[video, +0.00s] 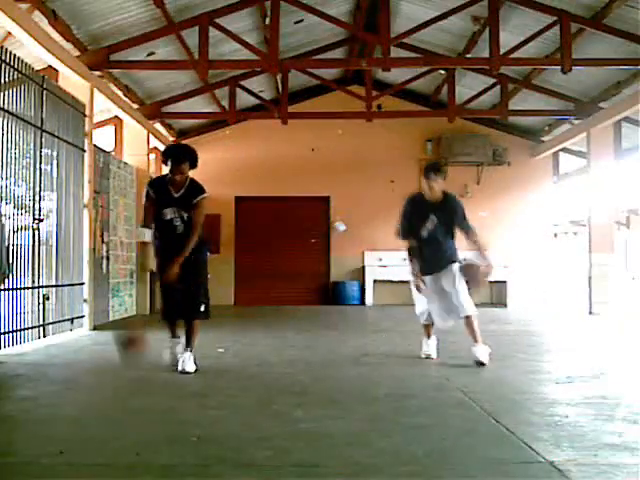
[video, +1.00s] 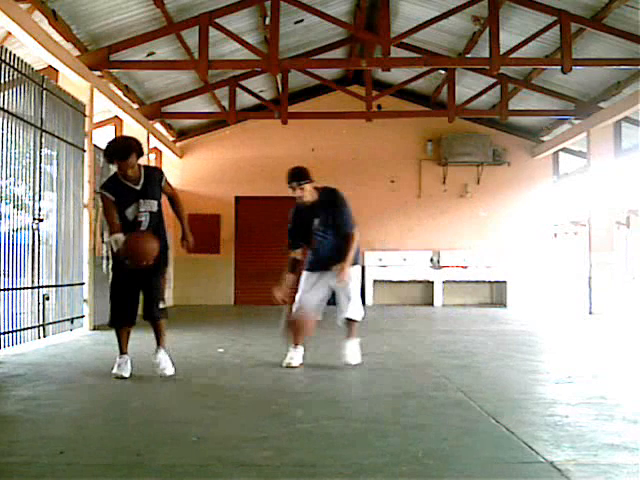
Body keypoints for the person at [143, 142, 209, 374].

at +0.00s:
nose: (178, 178)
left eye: (182, 173)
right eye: (174, 173)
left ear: (190, 169)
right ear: (168, 168)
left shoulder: (197, 191)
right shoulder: (155, 188)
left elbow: (196, 230)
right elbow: (148, 224)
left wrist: (178, 262)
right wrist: (150, 258)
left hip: (192, 250)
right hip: (166, 249)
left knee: (192, 301)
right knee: (170, 300)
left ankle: (189, 351)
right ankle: (175, 341)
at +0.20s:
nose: (160, 171)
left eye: (165, 166)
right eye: (157, 166)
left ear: (176, 164)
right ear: (152, 164)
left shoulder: (190, 187)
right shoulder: (146, 184)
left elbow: (210, 218)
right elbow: (131, 208)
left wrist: (185, 235)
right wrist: (124, 212)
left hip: (185, 254)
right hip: (156, 253)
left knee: (187, 306)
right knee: (143, 304)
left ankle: (187, 353)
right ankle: (136, 354)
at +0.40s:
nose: (142, 169)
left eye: (147, 164)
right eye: (138, 164)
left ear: (159, 161)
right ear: (134, 162)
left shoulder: (174, 184)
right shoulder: (128, 183)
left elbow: (204, 203)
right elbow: (103, 202)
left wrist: (199, 221)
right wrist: (81, 207)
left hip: (170, 258)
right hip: (139, 258)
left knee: (178, 308)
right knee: (130, 309)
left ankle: (184, 351)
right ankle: (125, 357)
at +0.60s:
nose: (130, 171)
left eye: (135, 166)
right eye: (126, 166)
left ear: (145, 160)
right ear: (120, 163)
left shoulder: (161, 181)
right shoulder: (115, 184)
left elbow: (184, 209)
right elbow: (103, 215)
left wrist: (183, 230)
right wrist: (91, 217)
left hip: (157, 254)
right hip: (128, 255)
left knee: (161, 307)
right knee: (123, 309)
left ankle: (175, 345)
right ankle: (124, 357)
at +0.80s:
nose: (120, 172)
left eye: (124, 167)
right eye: (116, 167)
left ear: (136, 161)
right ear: (112, 165)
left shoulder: (154, 179)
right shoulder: (108, 190)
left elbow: (174, 208)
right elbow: (108, 223)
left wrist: (179, 244)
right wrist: (109, 249)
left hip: (153, 250)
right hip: (125, 252)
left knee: (147, 302)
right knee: (121, 305)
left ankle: (162, 344)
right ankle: (123, 356)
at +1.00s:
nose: (122, 168)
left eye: (126, 163)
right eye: (118, 164)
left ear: (137, 158)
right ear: (113, 163)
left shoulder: (155, 176)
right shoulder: (109, 189)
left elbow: (173, 197)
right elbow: (113, 227)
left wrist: (185, 229)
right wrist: (125, 248)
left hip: (156, 252)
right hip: (125, 254)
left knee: (155, 304)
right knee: (123, 307)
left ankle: (162, 351)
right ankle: (123, 356)